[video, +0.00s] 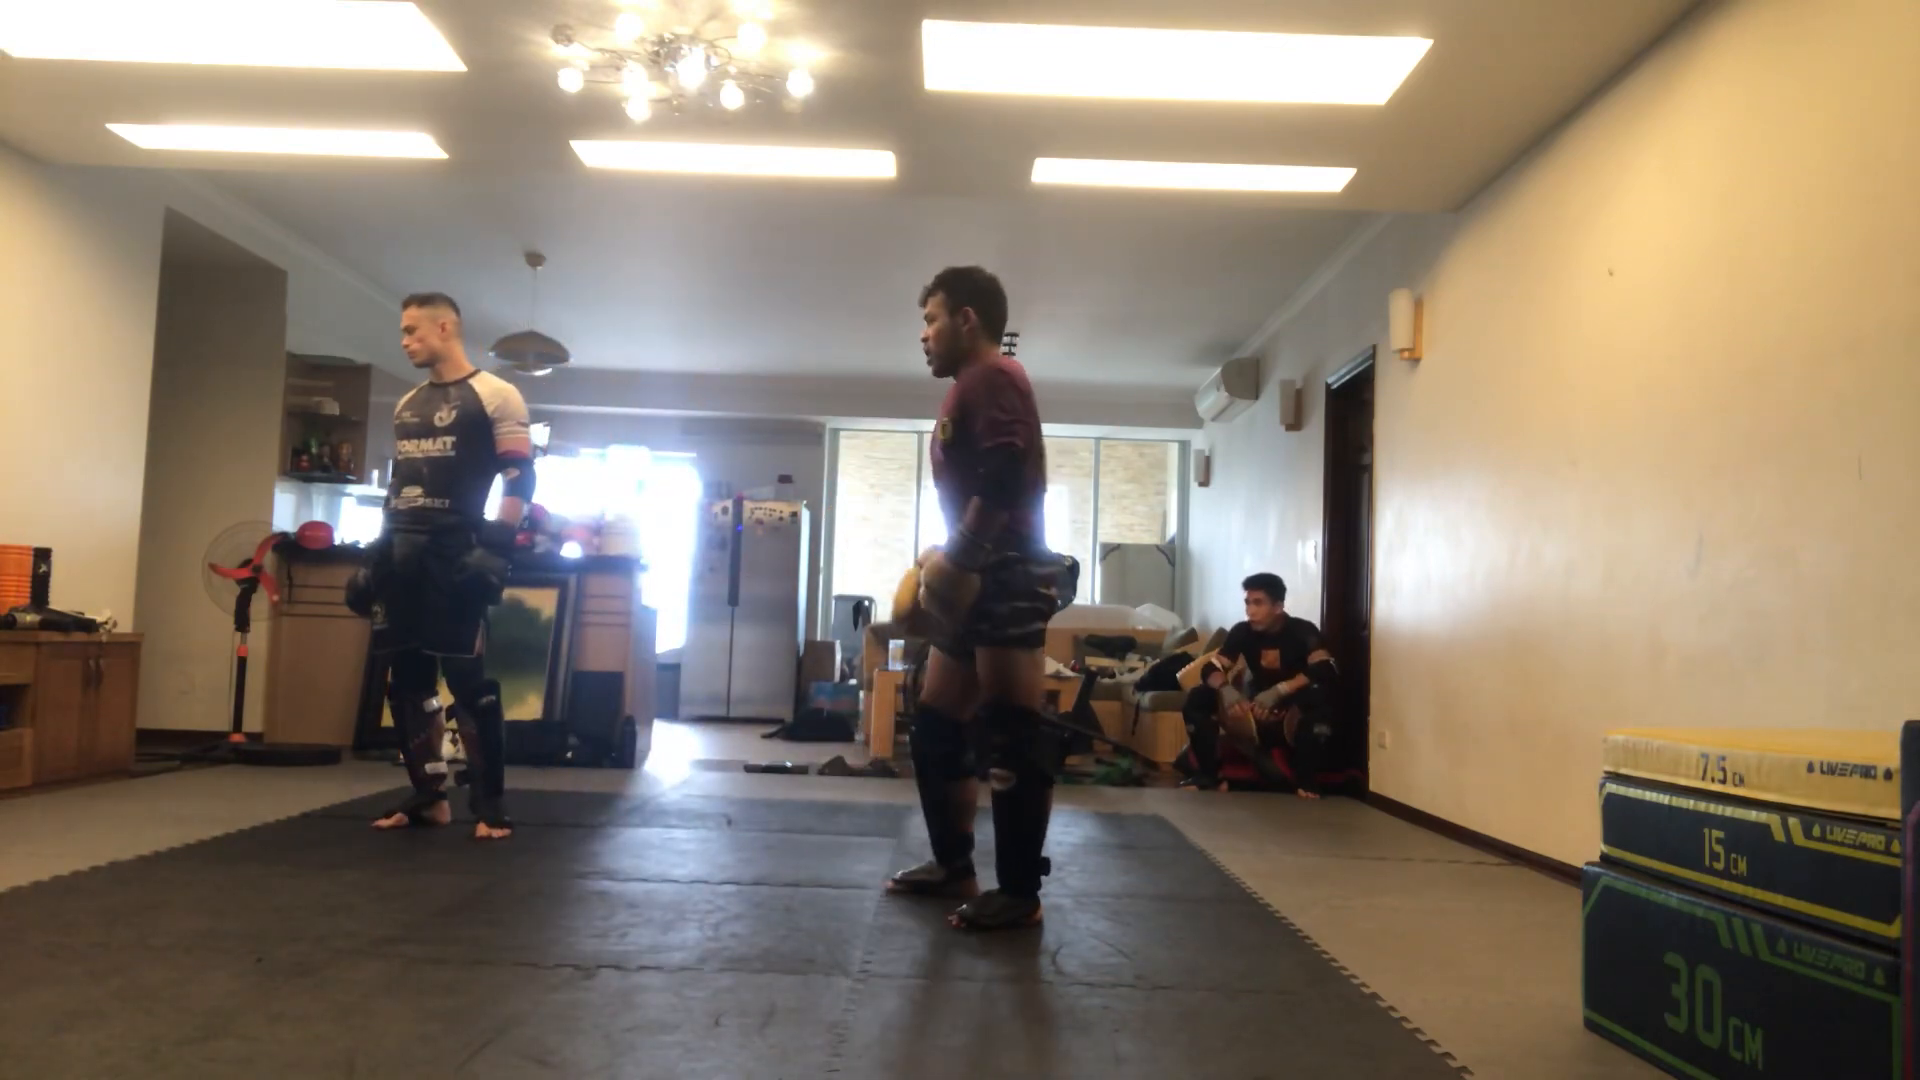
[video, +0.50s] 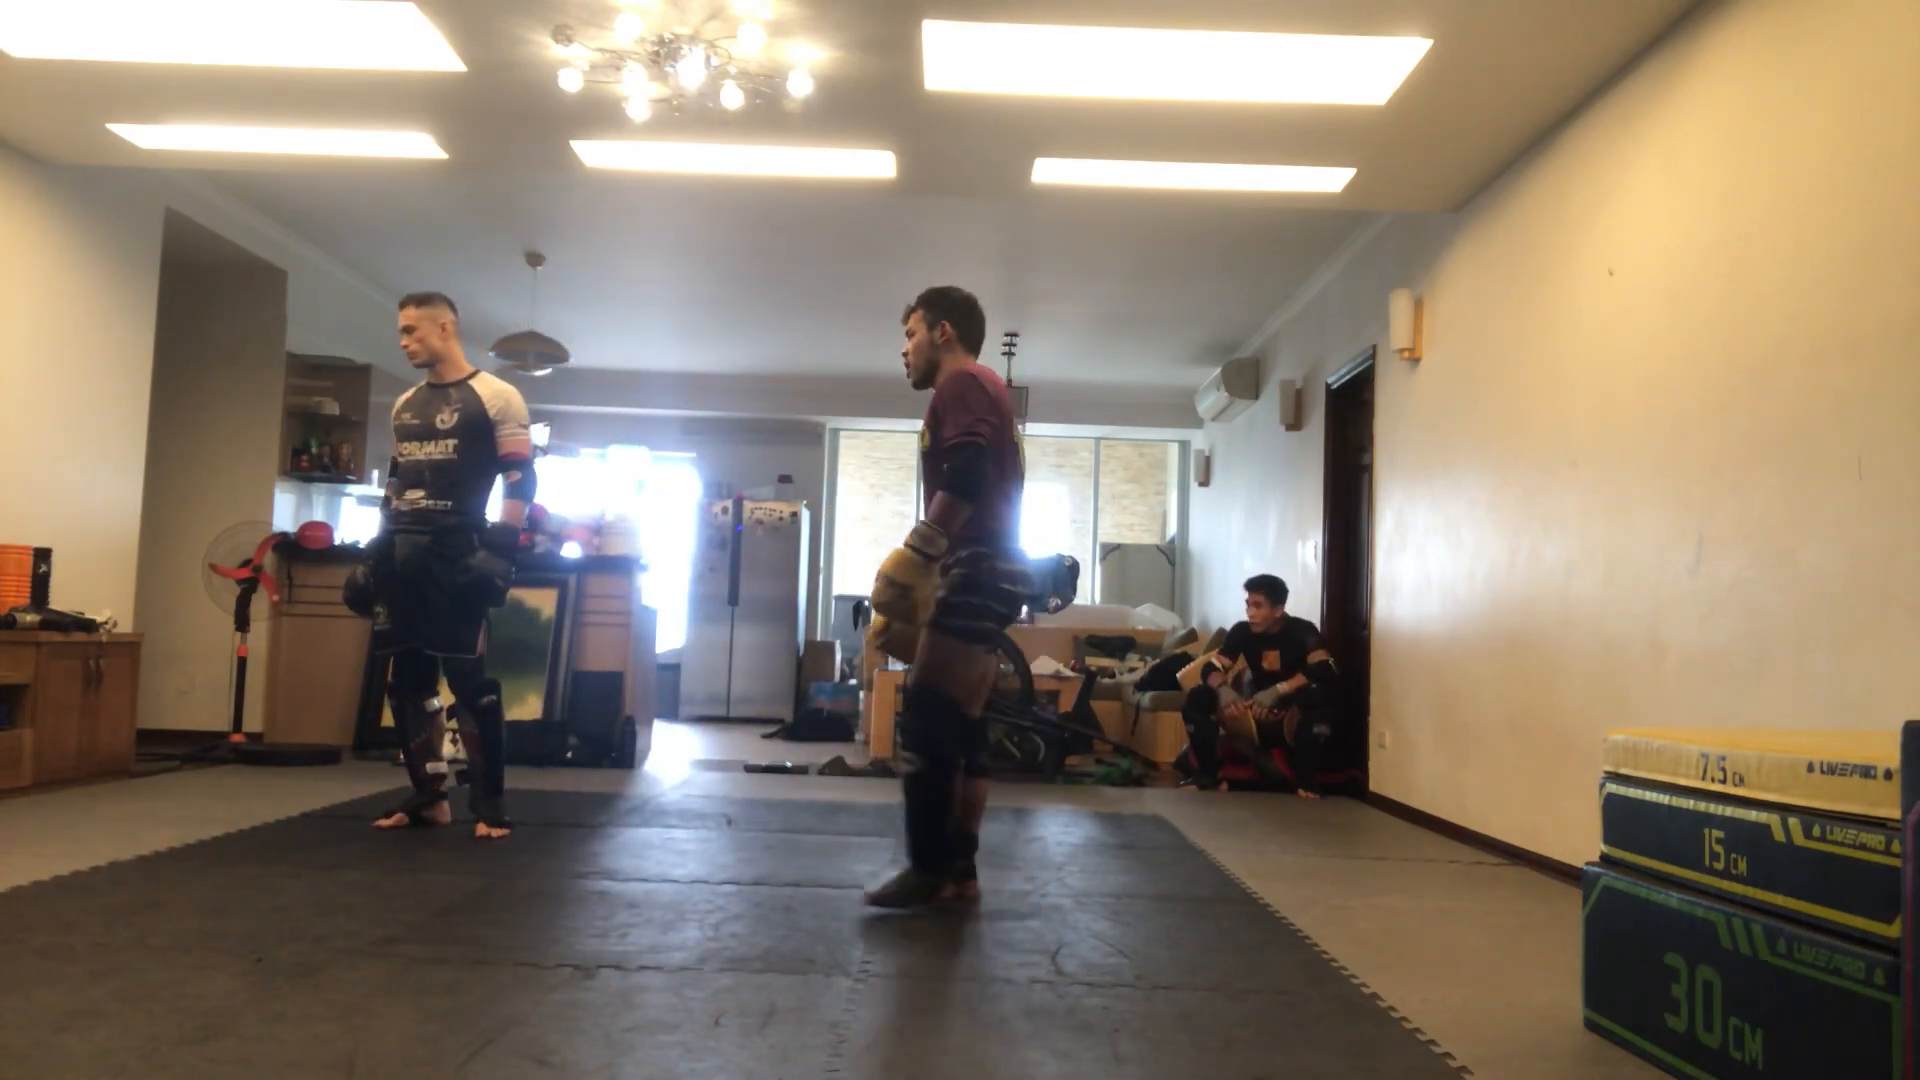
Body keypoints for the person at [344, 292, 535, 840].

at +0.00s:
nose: (405, 342)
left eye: (412, 331)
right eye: (403, 333)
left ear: (446, 327)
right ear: (435, 330)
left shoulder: (498, 395)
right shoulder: (408, 404)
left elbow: (517, 484)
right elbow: (402, 490)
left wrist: (494, 552)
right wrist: (377, 558)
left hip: (458, 556)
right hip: (404, 555)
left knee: (466, 679)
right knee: (406, 681)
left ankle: (490, 806)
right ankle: (428, 798)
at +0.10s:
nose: (405, 342)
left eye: (412, 331)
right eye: (403, 333)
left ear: (447, 327)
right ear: (433, 331)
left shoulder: (497, 395)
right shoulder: (408, 404)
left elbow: (517, 483)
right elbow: (401, 490)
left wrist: (496, 551)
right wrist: (377, 557)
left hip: (459, 556)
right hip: (405, 556)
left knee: (466, 679)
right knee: (407, 681)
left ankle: (490, 806)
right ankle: (429, 799)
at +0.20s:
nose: (405, 342)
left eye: (412, 331)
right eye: (402, 333)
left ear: (446, 327)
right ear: (430, 332)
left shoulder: (497, 396)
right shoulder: (406, 405)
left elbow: (517, 484)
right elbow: (399, 489)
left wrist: (497, 552)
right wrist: (376, 555)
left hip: (459, 556)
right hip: (405, 555)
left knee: (467, 679)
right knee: (408, 681)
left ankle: (490, 806)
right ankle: (429, 799)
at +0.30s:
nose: (404, 342)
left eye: (411, 331)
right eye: (402, 333)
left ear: (446, 327)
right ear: (429, 332)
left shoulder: (498, 397)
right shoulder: (406, 405)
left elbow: (517, 485)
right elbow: (399, 489)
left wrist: (499, 553)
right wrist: (376, 555)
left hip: (460, 556)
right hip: (405, 556)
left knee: (468, 680)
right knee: (408, 682)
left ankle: (490, 805)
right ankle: (429, 799)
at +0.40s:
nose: (404, 342)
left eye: (411, 331)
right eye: (401, 333)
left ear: (446, 327)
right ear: (428, 332)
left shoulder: (497, 396)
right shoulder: (406, 405)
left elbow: (518, 485)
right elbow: (399, 489)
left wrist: (499, 552)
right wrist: (376, 555)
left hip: (460, 556)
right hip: (405, 555)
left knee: (468, 679)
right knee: (408, 682)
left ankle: (490, 804)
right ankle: (430, 799)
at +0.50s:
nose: (404, 342)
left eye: (411, 331)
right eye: (401, 333)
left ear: (446, 327)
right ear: (427, 332)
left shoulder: (497, 396)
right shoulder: (406, 404)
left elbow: (518, 485)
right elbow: (399, 489)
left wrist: (499, 552)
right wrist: (376, 555)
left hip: (460, 555)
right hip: (405, 555)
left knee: (467, 679)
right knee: (408, 681)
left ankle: (490, 805)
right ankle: (430, 799)